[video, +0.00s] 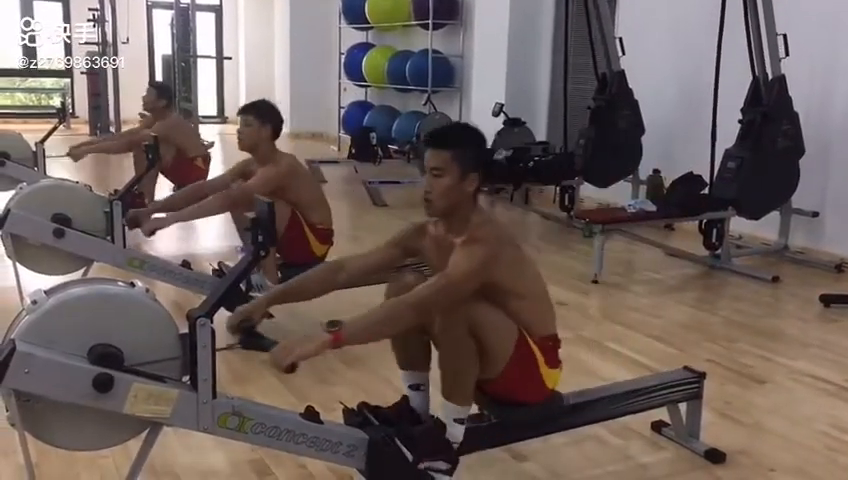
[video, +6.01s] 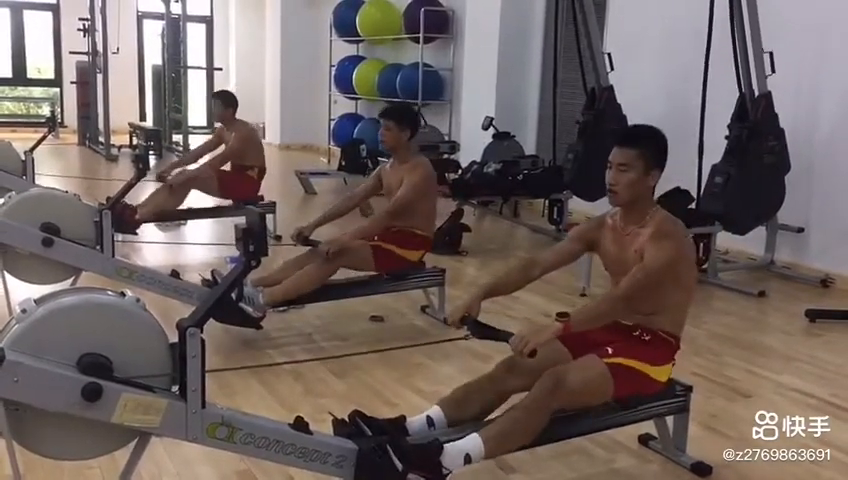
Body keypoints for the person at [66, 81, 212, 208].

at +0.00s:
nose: (144, 97)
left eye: (149, 95)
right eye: (146, 94)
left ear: (162, 103)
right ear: (160, 103)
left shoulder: (169, 124)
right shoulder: (158, 119)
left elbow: (127, 144)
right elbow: (125, 137)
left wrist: (87, 151)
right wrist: (89, 144)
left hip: (194, 173)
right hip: (188, 169)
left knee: (143, 148)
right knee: (142, 146)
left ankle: (145, 201)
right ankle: (143, 198)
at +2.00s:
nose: (215, 104)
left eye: (218, 99)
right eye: (215, 99)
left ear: (232, 100)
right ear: (229, 101)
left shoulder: (246, 127)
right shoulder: (229, 126)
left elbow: (225, 164)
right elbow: (209, 152)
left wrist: (187, 181)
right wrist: (182, 164)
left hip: (237, 181)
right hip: (224, 175)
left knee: (179, 193)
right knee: (175, 189)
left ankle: (121, 213)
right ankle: (118, 206)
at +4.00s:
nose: (243, 98)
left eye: (248, 95)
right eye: (245, 94)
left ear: (257, 101)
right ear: (250, 99)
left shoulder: (256, 128)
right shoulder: (243, 123)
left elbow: (221, 148)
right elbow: (213, 139)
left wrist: (183, 154)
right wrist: (179, 144)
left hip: (249, 183)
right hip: (241, 177)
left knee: (190, 176)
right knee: (186, 174)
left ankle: (141, 216)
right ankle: (139, 207)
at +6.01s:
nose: (212, 111)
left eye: (216, 107)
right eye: (212, 107)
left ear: (230, 110)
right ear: (223, 111)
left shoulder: (243, 133)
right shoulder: (223, 131)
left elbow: (218, 162)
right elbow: (199, 152)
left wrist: (184, 176)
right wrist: (171, 167)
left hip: (246, 186)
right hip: (236, 181)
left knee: (189, 179)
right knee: (182, 176)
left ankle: (141, 217)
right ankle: (138, 211)